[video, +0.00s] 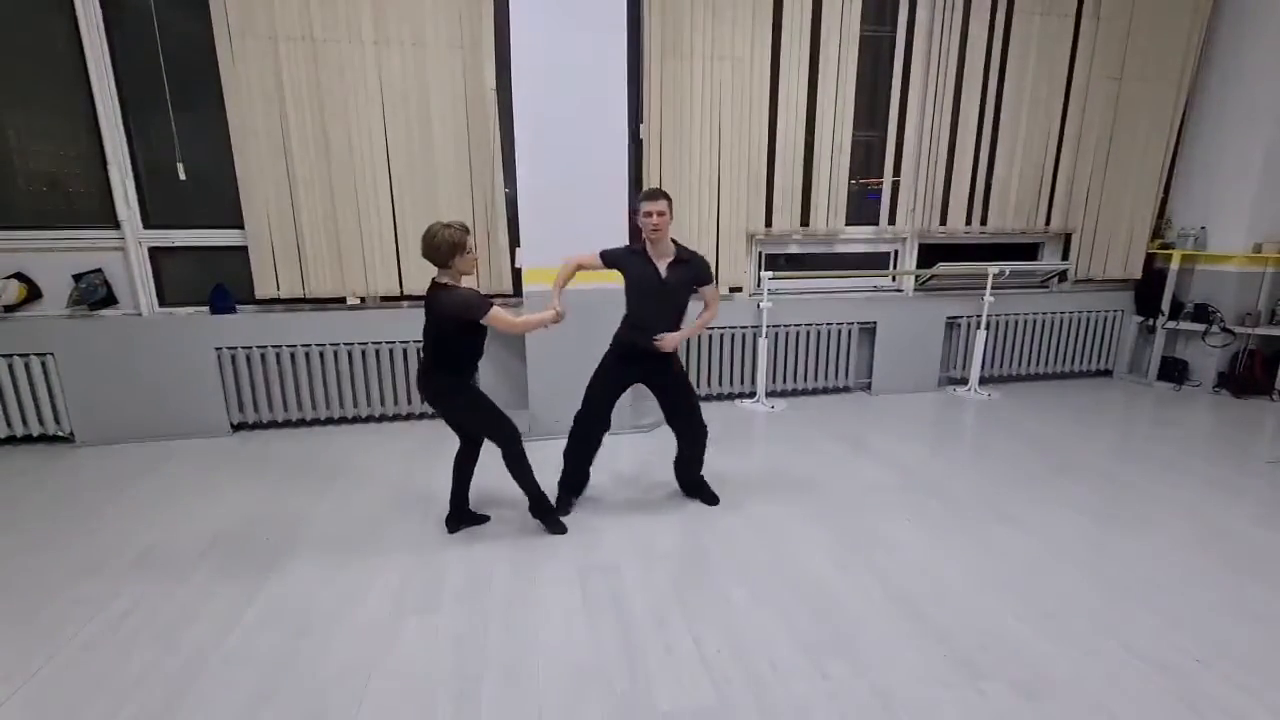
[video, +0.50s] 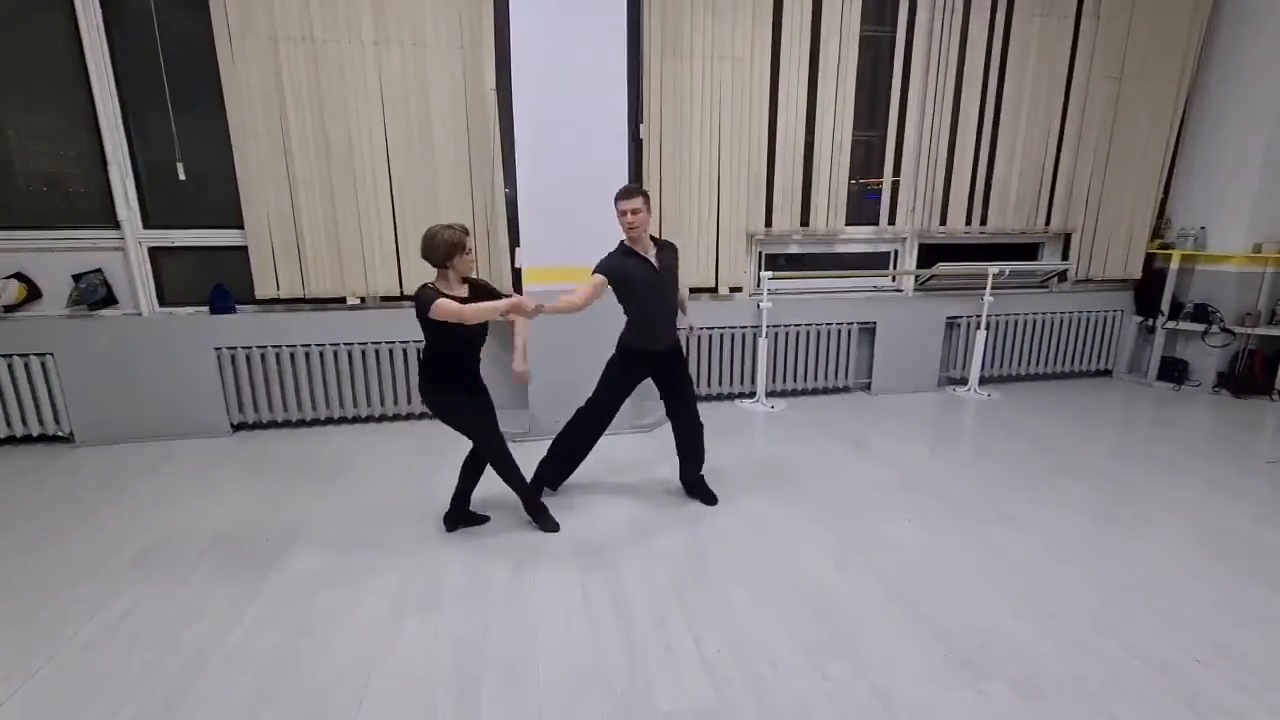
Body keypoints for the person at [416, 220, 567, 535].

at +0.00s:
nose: (475, 254)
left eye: (472, 248)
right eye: (468, 251)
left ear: (447, 259)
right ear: (452, 260)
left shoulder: (440, 290)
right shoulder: (464, 298)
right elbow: (513, 325)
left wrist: (492, 307)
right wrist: (553, 316)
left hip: (436, 381)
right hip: (451, 385)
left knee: (471, 437)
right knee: (507, 433)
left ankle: (458, 512)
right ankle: (541, 505)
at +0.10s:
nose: (473, 255)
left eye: (471, 249)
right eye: (466, 252)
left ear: (450, 259)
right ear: (448, 260)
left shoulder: (454, 288)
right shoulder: (445, 297)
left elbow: (491, 319)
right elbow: (496, 324)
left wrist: (531, 322)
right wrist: (542, 321)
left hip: (450, 381)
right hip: (442, 386)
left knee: (475, 439)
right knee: (495, 438)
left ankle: (458, 512)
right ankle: (536, 505)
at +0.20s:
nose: (472, 257)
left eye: (471, 251)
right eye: (465, 253)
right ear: (446, 261)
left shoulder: (472, 290)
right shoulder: (429, 296)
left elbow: (496, 323)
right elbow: (472, 320)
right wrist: (522, 314)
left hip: (464, 383)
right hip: (435, 388)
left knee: (484, 440)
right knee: (485, 442)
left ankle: (459, 512)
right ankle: (535, 507)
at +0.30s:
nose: (471, 257)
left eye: (469, 251)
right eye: (464, 253)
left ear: (457, 257)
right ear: (444, 260)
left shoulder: (476, 290)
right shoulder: (421, 296)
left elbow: (510, 326)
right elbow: (461, 311)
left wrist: (489, 358)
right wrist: (505, 299)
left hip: (469, 380)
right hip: (434, 387)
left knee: (489, 441)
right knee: (483, 445)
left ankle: (459, 511)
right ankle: (531, 508)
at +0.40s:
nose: (471, 257)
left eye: (470, 251)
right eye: (464, 253)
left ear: (458, 257)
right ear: (444, 261)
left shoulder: (478, 289)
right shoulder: (421, 295)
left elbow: (515, 325)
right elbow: (459, 308)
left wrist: (493, 361)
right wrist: (497, 295)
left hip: (471, 382)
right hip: (435, 388)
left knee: (489, 442)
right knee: (483, 444)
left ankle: (458, 511)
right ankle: (531, 508)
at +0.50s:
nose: (473, 257)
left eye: (472, 250)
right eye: (467, 252)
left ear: (458, 258)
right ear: (448, 260)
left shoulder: (478, 288)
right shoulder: (427, 296)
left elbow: (519, 310)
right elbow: (464, 315)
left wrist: (519, 355)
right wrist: (507, 306)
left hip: (470, 380)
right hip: (438, 386)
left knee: (487, 439)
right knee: (488, 436)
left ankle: (458, 510)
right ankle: (531, 502)